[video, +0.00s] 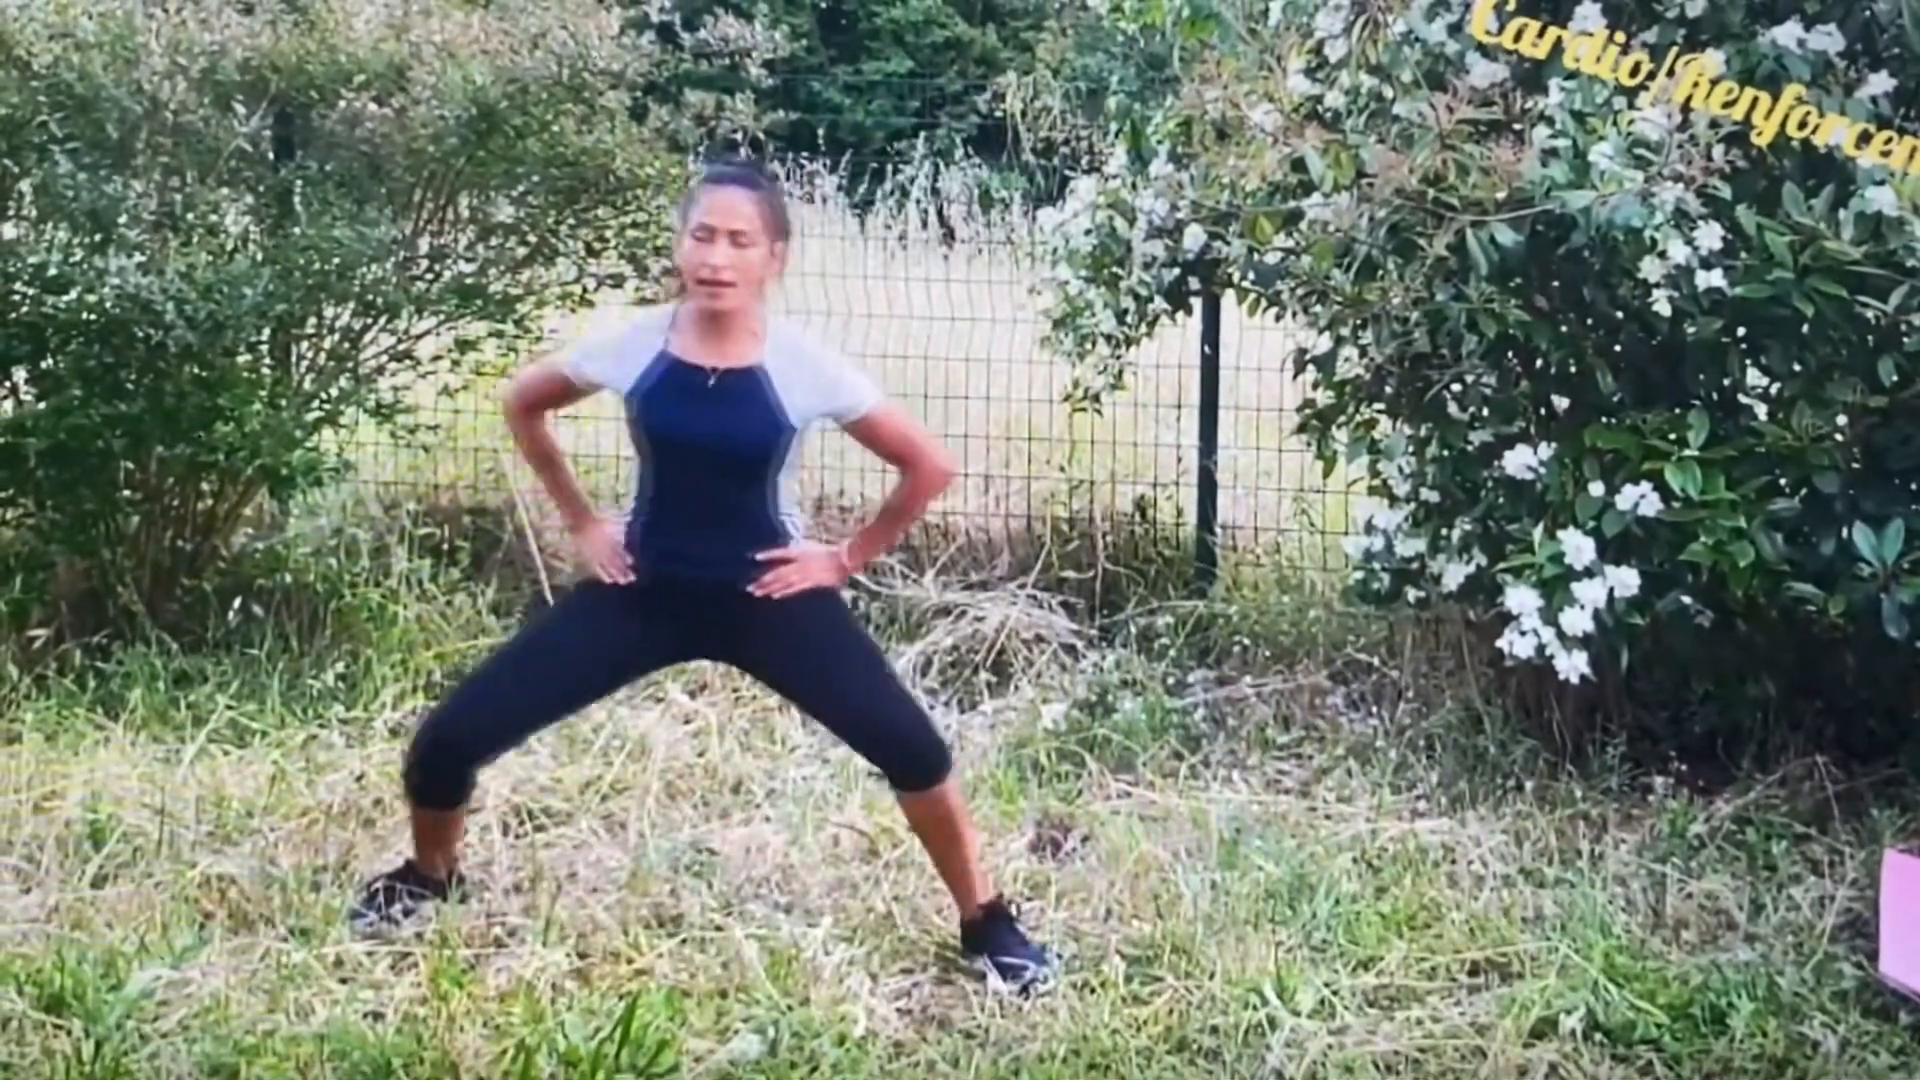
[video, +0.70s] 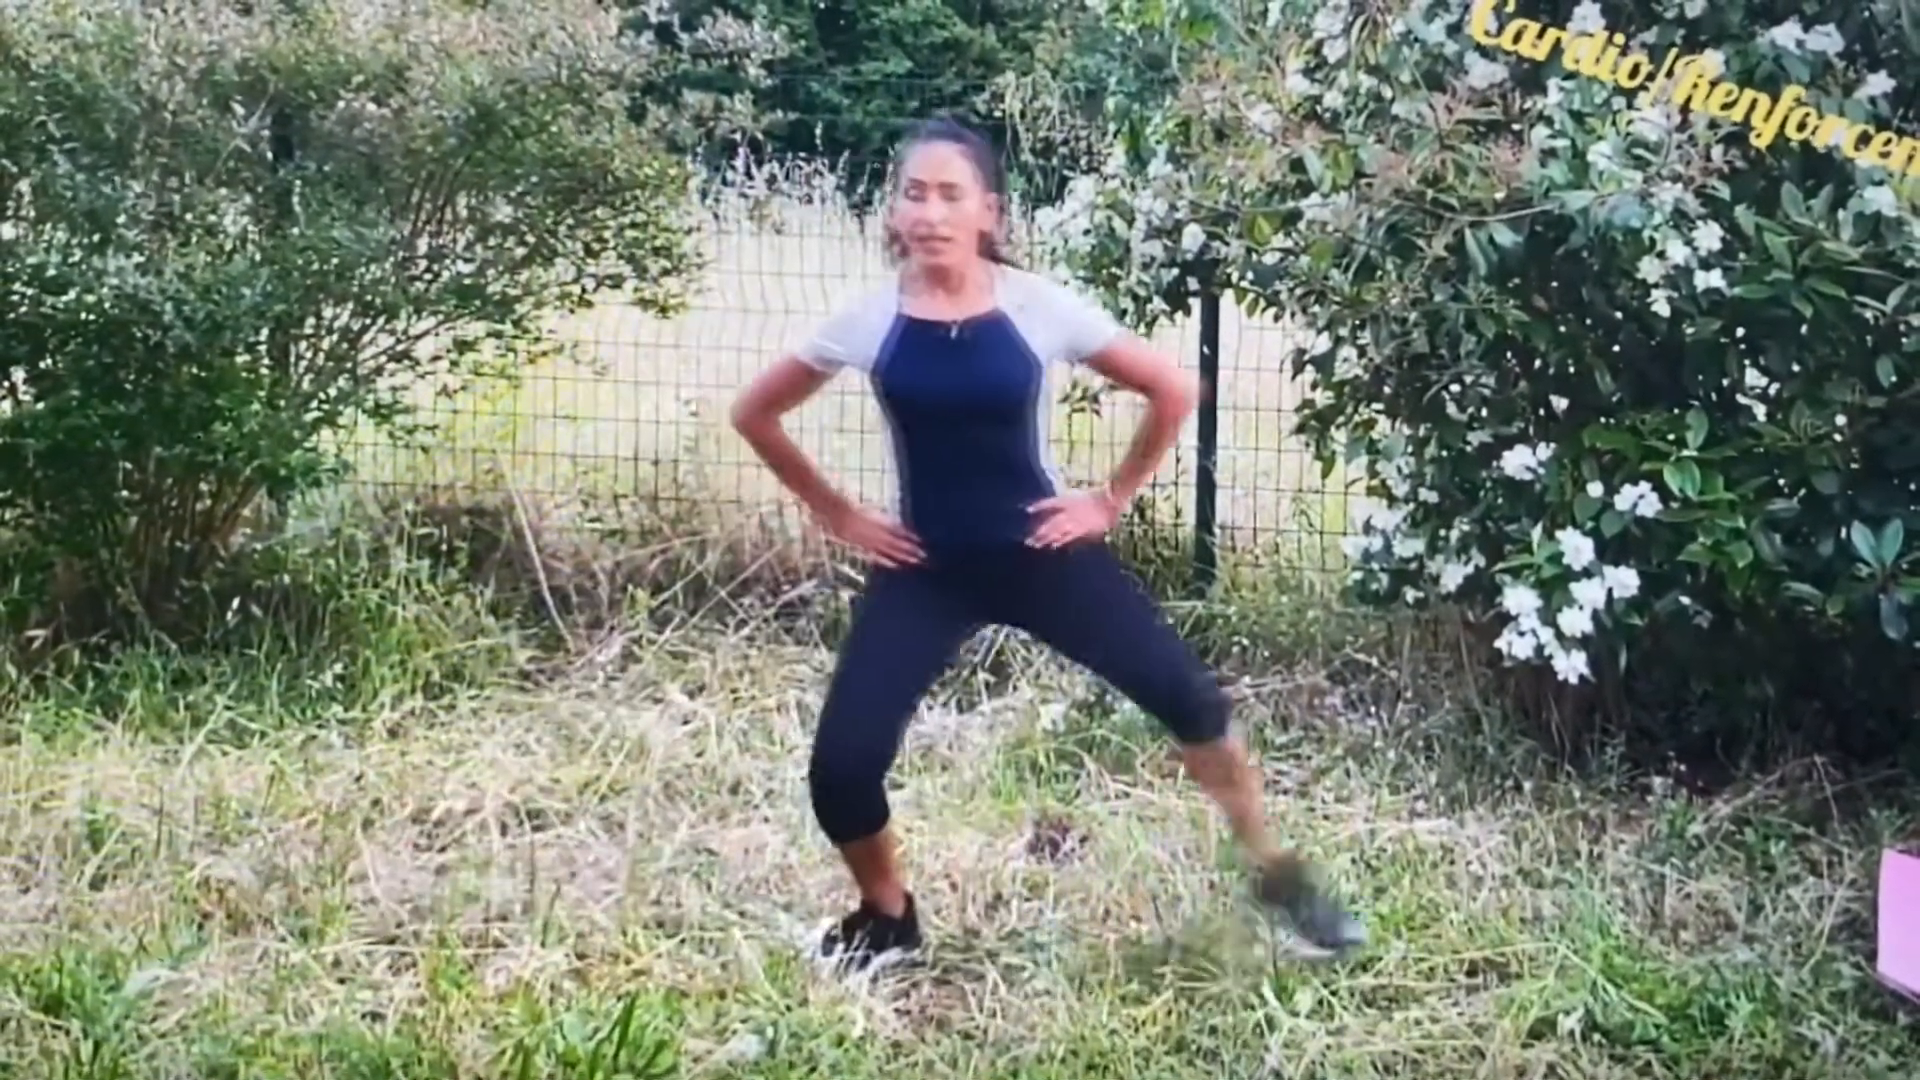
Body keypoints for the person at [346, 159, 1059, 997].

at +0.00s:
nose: (714, 254)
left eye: (737, 240)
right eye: (701, 235)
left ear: (774, 260)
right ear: (677, 248)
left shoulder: (803, 365)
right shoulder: (630, 344)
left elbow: (929, 466)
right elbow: (522, 404)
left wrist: (849, 559)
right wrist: (583, 522)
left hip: (771, 603)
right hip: (642, 598)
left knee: (913, 747)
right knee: (444, 741)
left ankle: (985, 921)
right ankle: (428, 879)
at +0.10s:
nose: (772, 252)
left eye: (793, 236)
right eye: (757, 234)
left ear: (829, 255)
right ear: (733, 248)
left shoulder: (862, 363)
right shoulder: (691, 345)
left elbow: (981, 474)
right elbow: (567, 396)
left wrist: (898, 562)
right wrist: (626, 517)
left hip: (818, 601)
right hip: (687, 593)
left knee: (946, 752)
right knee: (494, 749)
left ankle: (986, 923)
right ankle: (429, 878)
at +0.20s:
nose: (833, 235)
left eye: (853, 218)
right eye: (818, 217)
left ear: (893, 237)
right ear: (797, 232)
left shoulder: (934, 342)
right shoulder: (770, 326)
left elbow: (1041, 460)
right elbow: (631, 376)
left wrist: (966, 553)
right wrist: (690, 496)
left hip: (884, 587)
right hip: (761, 577)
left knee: (986, 759)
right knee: (554, 736)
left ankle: (988, 924)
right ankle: (448, 869)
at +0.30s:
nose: (868, 219)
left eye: (890, 201)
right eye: (855, 200)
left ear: (929, 222)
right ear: (836, 215)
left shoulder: (974, 326)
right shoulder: (807, 310)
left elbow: (1084, 443)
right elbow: (675, 365)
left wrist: (1007, 540)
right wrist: (744, 481)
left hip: (926, 575)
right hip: (805, 559)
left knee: (985, 759)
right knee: (630, 699)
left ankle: (987, 923)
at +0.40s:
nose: (882, 206)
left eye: (904, 190)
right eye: (869, 188)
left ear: (946, 211)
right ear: (853, 204)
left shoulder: (988, 308)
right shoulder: (827, 298)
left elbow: (1108, 427)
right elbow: (703, 368)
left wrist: (1039, 525)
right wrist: (777, 483)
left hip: (962, 567)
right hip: (839, 556)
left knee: (991, 759)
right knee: (719, 716)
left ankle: (987, 922)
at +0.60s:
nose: (904, 207)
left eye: (926, 189)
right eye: (890, 188)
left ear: (964, 209)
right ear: (869, 204)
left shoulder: (1012, 304)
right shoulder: (842, 310)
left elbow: (1144, 400)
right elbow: (727, 402)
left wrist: (1086, 502)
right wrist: (816, 505)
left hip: (1010, 554)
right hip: (889, 564)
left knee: (1114, 696)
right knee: (830, 772)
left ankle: (1102, 875)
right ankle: (887, 915)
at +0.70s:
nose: (926, 212)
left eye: (948, 193)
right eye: (911, 192)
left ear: (990, 213)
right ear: (892, 211)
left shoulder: (1040, 307)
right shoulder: (871, 319)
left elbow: (1175, 389)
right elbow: (752, 414)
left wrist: (1113, 499)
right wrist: (839, 514)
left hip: (1047, 561)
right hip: (923, 572)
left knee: (1195, 702)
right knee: (840, 774)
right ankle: (888, 918)